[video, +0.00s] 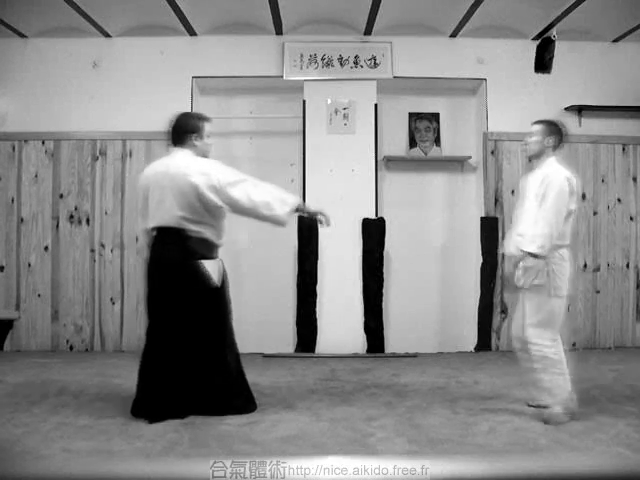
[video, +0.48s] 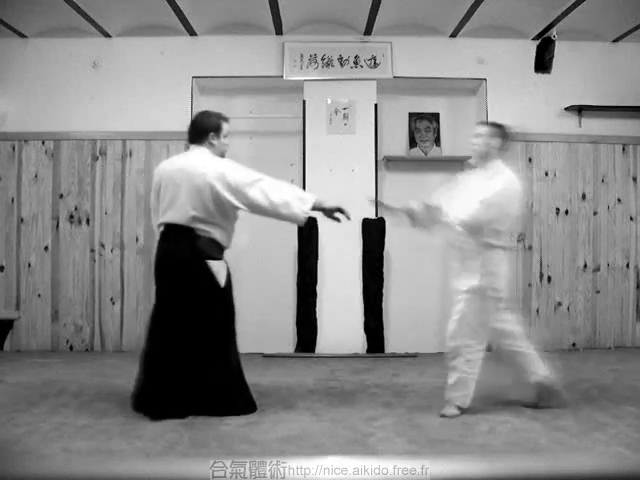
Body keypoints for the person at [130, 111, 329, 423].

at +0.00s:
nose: (209, 142)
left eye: (208, 136)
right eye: (206, 137)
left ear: (175, 139)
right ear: (194, 139)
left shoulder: (150, 172)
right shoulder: (205, 170)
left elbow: (145, 225)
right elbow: (250, 194)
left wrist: (154, 250)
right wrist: (299, 207)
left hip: (160, 258)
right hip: (196, 260)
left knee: (163, 331)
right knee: (211, 331)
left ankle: (156, 402)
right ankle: (220, 399)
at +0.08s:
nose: (213, 142)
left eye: (213, 136)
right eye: (211, 137)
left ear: (181, 139)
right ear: (199, 138)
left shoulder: (152, 172)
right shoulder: (208, 170)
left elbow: (144, 227)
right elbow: (254, 194)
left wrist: (152, 256)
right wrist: (304, 207)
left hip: (163, 259)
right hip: (200, 261)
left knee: (164, 331)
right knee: (213, 331)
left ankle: (157, 402)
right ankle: (221, 399)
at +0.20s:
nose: (221, 142)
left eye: (220, 136)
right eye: (218, 136)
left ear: (189, 138)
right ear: (207, 138)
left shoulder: (160, 170)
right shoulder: (215, 169)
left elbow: (150, 223)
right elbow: (260, 193)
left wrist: (160, 254)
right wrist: (309, 205)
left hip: (169, 256)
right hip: (205, 259)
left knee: (168, 330)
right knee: (216, 331)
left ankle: (159, 401)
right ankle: (221, 399)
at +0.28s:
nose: (225, 142)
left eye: (225, 136)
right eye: (223, 136)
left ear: (194, 137)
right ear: (211, 137)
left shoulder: (163, 169)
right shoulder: (218, 169)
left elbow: (153, 219)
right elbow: (264, 192)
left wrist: (161, 251)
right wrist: (314, 205)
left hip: (171, 255)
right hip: (206, 258)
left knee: (169, 329)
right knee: (216, 329)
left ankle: (161, 401)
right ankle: (221, 399)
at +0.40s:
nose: (228, 142)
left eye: (228, 136)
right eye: (226, 136)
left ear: (196, 138)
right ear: (213, 137)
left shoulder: (165, 168)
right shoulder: (222, 169)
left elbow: (158, 213)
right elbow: (267, 191)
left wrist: (171, 241)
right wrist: (317, 205)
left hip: (170, 253)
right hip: (205, 256)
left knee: (169, 327)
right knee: (215, 328)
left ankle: (161, 400)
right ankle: (220, 398)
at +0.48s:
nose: (228, 142)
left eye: (227, 136)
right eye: (225, 136)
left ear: (196, 138)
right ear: (212, 137)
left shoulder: (165, 168)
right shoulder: (220, 169)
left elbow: (156, 210)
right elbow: (264, 191)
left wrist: (168, 238)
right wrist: (315, 204)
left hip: (168, 252)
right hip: (203, 256)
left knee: (168, 326)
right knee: (214, 328)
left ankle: (158, 399)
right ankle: (221, 398)